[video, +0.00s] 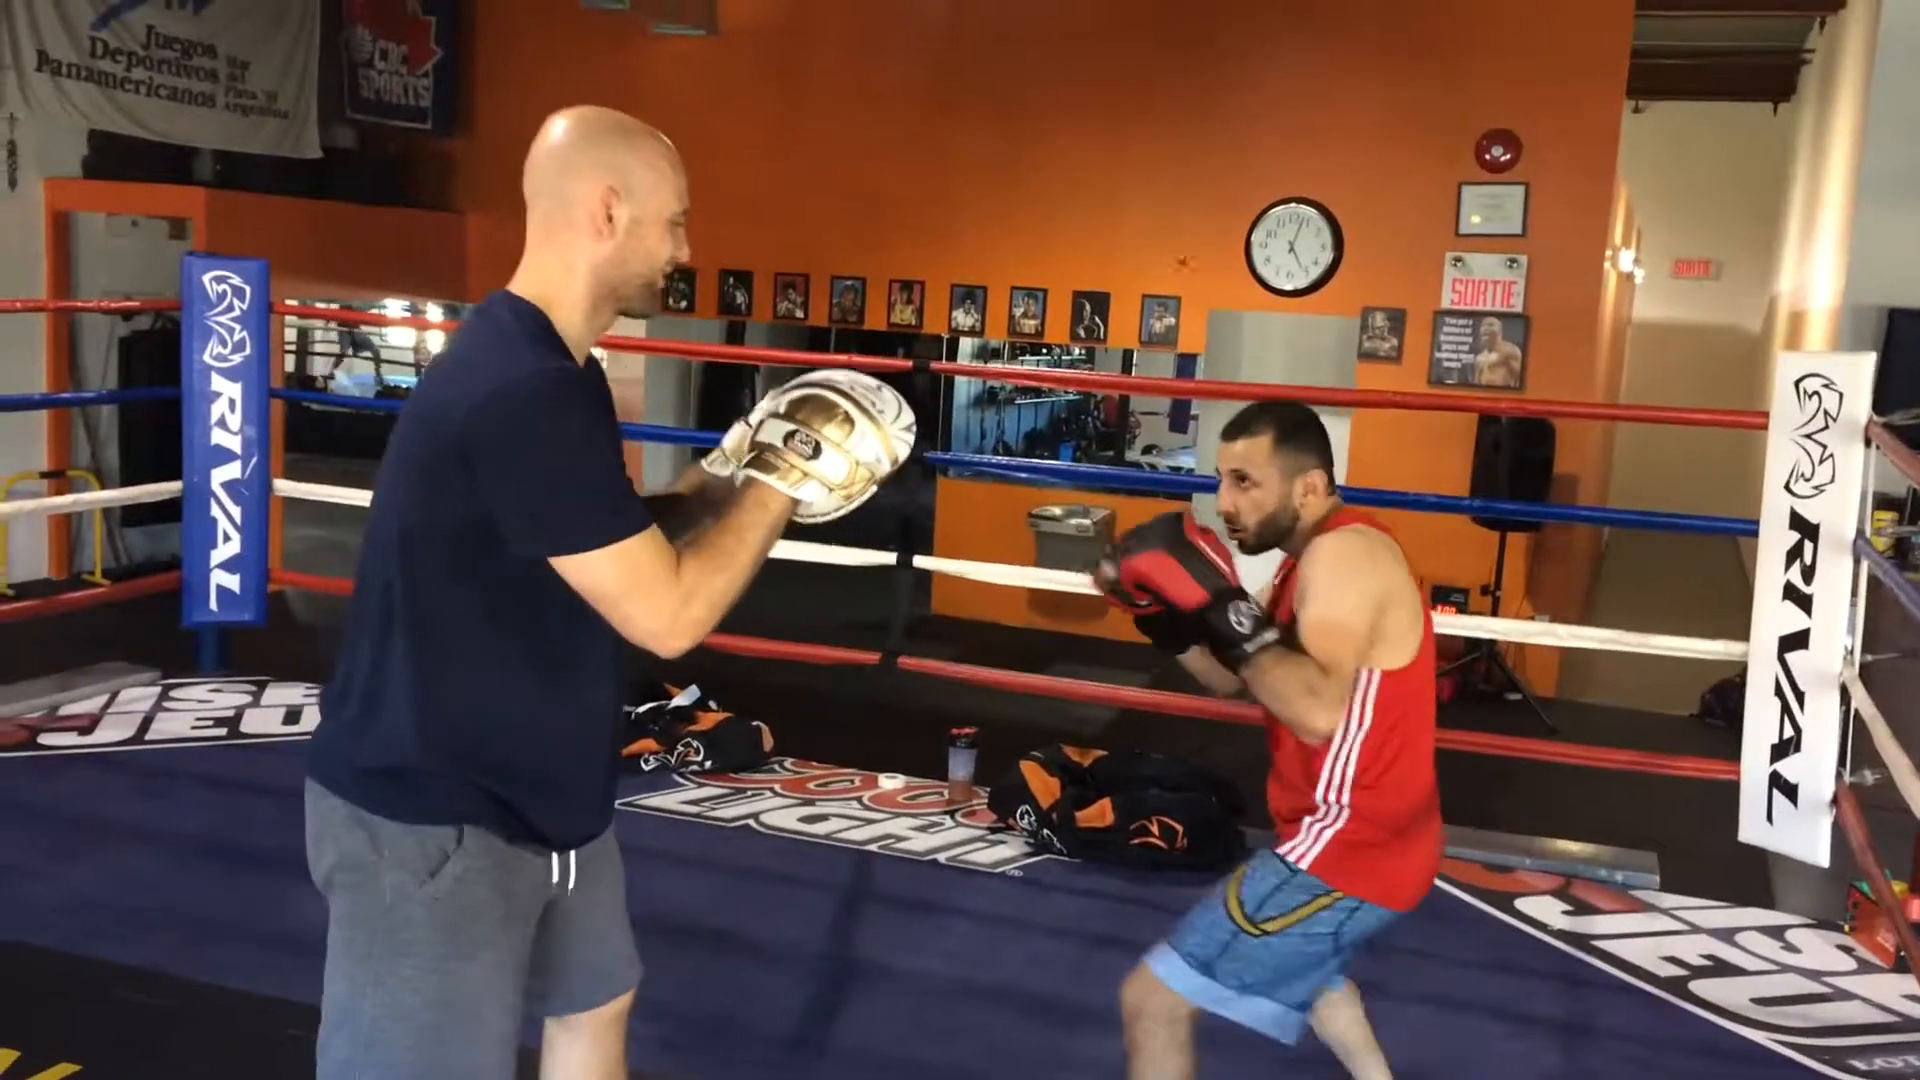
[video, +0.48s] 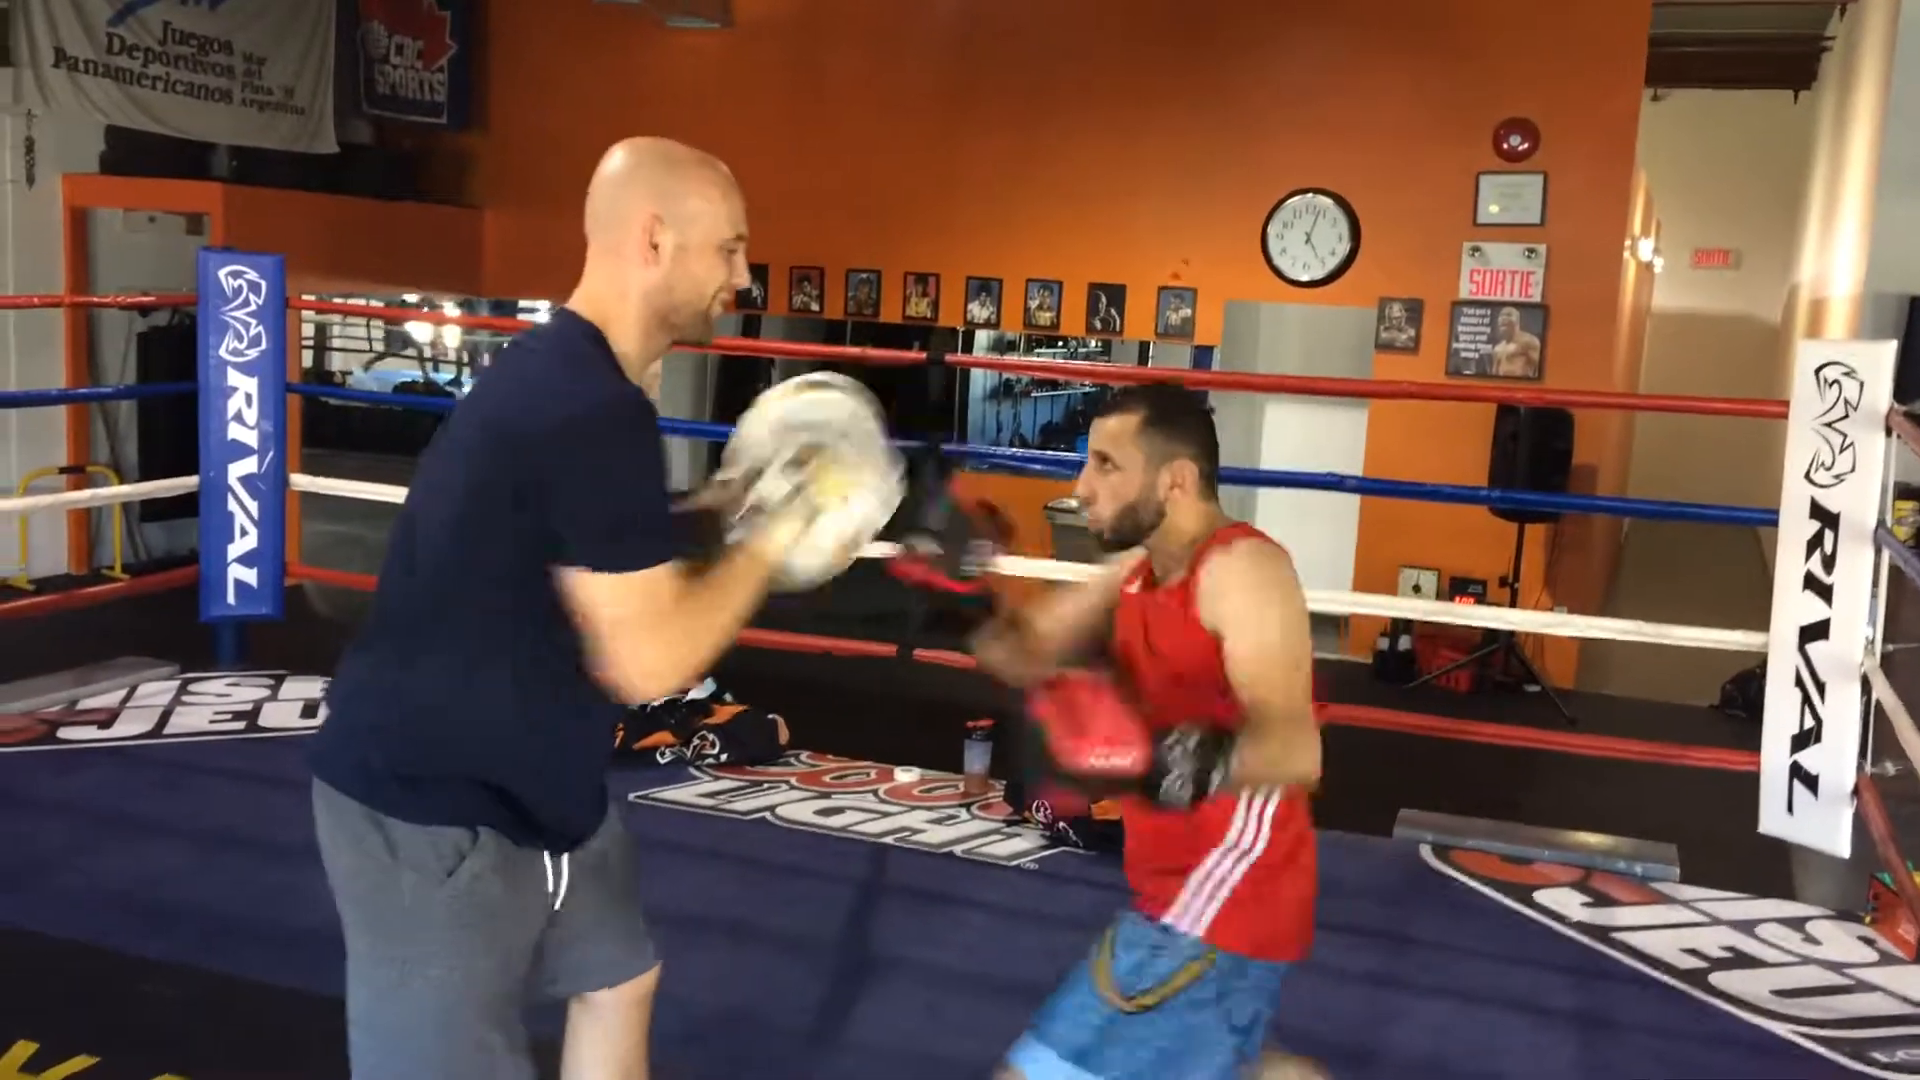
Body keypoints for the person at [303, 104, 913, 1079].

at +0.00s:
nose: (684, 254)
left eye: (684, 227)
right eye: (674, 223)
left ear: (597, 216)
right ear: (604, 214)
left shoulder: (559, 370)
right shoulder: (516, 381)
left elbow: (575, 553)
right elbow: (668, 614)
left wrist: (701, 495)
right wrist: (783, 485)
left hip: (543, 788)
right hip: (433, 807)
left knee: (593, 998)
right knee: (426, 1061)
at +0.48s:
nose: (741, 280)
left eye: (742, 252)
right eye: (727, 249)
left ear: (646, 242)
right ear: (652, 240)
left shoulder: (551, 373)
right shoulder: (588, 406)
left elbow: (557, 573)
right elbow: (645, 661)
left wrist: (705, 509)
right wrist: (773, 542)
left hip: (532, 778)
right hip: (432, 804)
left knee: (614, 977)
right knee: (449, 1060)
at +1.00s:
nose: (902, 249)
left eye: (908, 224)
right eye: (888, 220)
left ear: (804, 201)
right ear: (810, 199)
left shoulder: (688, 307)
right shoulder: (826, 330)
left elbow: (669, 485)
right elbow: (932, 497)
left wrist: (764, 561)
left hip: (668, 699)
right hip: (581, 706)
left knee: (707, 905)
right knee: (531, 1012)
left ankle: (697, 1078)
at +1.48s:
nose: (923, 192)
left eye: (926, 169)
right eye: (918, 165)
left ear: (810, 146)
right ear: (855, 151)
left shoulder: (710, 260)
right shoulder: (822, 303)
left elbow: (670, 460)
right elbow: (896, 534)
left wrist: (774, 574)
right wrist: (960, 549)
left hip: (672, 641)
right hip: (591, 644)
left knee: (704, 860)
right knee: (577, 953)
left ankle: (711, 1072)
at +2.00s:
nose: (621, 100)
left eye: (617, 74)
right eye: (600, 73)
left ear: (519, 76)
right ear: (514, 77)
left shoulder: (518, 236)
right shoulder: (391, 265)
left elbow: (490, 424)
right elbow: (357, 554)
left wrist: (620, 483)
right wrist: (565, 619)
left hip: (460, 618)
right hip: (323, 653)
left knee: (527, 843)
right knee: (359, 969)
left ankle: (548, 1061)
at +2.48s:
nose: (385, 73)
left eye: (386, 41)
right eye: (357, 40)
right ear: (256, 32)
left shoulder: (319, 215)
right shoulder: (143, 217)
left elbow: (327, 414)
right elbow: (169, 492)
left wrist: (466, 416)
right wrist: (398, 454)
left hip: (175, 623)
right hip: (73, 621)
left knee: (84, 898)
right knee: (173, 923)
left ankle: (62, 1072)